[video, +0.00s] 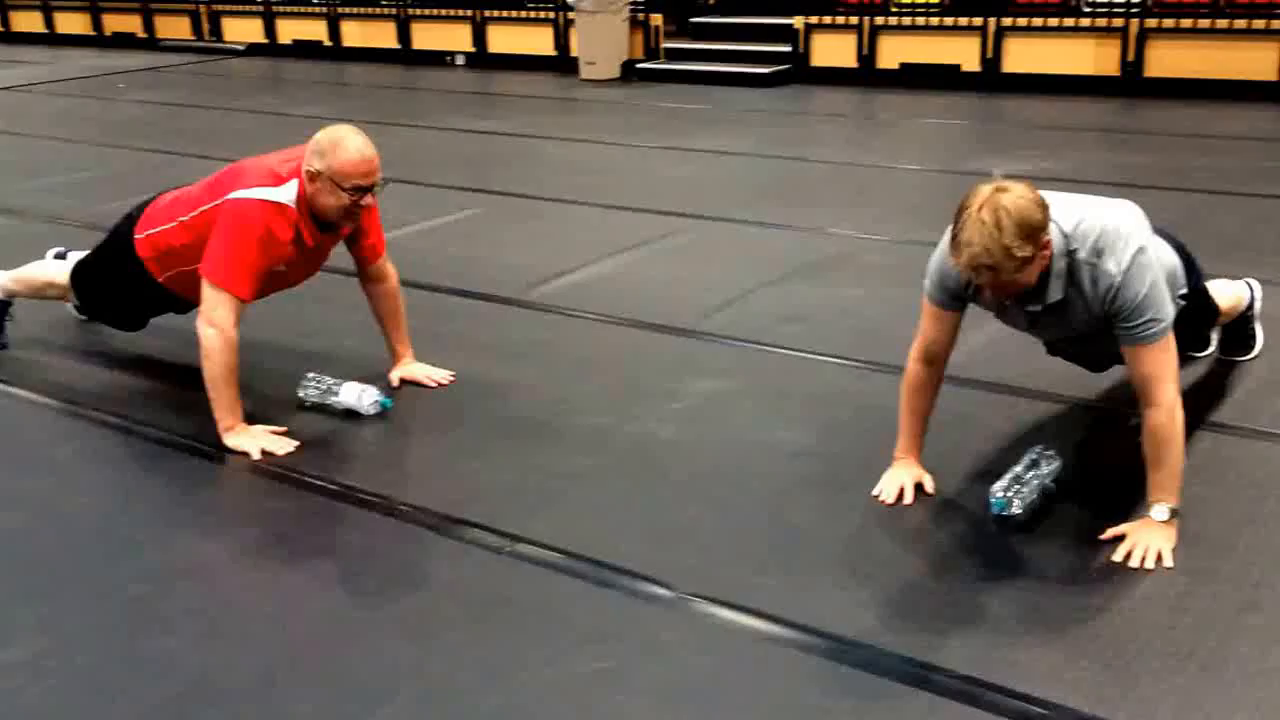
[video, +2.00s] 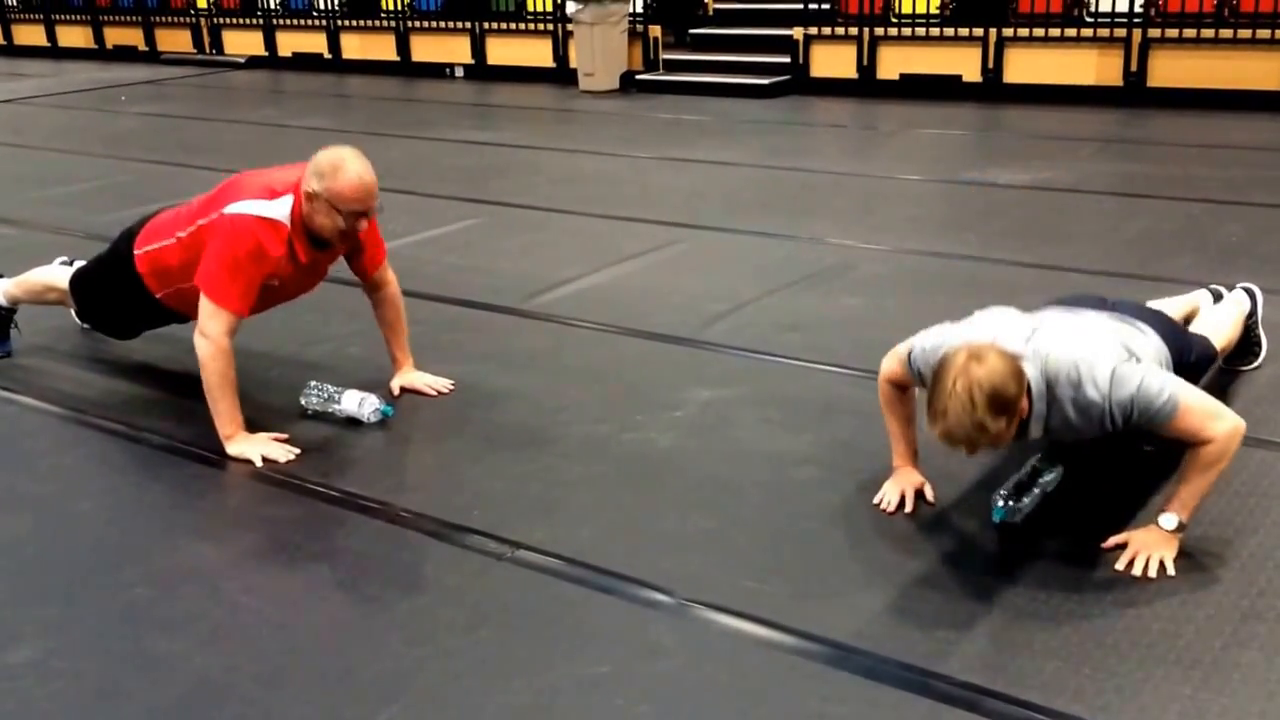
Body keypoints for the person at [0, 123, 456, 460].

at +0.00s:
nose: (365, 202)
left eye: (371, 190)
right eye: (353, 191)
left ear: (374, 180)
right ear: (312, 177)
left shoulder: (351, 197)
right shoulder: (257, 214)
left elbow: (378, 273)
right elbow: (216, 323)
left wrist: (404, 356)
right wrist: (233, 428)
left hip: (190, 265)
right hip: (143, 262)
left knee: (115, 289)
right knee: (74, 283)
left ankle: (71, 267)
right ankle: (4, 285)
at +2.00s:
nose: (359, 226)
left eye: (365, 215)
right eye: (349, 216)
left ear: (366, 203)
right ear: (311, 197)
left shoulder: (349, 207)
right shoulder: (251, 234)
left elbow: (382, 285)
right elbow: (212, 337)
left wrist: (404, 365)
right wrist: (235, 436)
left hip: (198, 275)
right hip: (144, 273)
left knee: (108, 295)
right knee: (75, 286)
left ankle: (71, 283)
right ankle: (5, 293)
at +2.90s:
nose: (355, 261)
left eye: (367, 251)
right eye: (349, 248)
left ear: (376, 226)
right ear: (325, 216)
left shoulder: (363, 212)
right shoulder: (254, 229)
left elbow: (382, 286)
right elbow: (228, 333)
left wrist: (402, 367)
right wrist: (232, 434)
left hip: (203, 278)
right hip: (152, 264)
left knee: (127, 301)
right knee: (80, 286)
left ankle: (83, 305)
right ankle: (6, 291)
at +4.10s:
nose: (363, 362)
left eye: (374, 357)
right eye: (360, 352)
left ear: (401, 315)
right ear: (342, 321)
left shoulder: (384, 284)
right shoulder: (269, 310)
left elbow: (407, 289)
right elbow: (176, 357)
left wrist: (400, 366)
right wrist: (227, 441)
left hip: (209, 280)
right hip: (152, 314)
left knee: (141, 283)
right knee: (75, 313)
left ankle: (69, 274)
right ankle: (7, 293)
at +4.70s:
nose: (351, 259)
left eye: (360, 248)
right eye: (344, 247)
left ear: (364, 225)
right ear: (313, 217)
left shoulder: (348, 213)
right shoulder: (244, 234)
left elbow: (368, 292)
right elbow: (225, 338)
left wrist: (396, 373)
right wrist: (228, 440)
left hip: (192, 276)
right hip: (138, 274)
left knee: (100, 294)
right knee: (70, 291)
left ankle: (57, 300)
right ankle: (6, 293)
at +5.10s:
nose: (373, 393)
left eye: (383, 387)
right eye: (366, 386)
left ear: (404, 333)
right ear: (343, 356)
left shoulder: (391, 302)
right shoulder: (268, 336)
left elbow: (405, 300)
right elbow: (171, 369)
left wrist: (395, 379)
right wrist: (223, 448)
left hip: (218, 299)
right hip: (155, 330)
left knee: (140, 301)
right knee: (71, 327)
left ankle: (65, 281)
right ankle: (6, 298)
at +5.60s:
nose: (346, 271)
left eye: (356, 259)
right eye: (340, 257)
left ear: (361, 233)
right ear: (311, 225)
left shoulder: (343, 221)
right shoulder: (242, 240)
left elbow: (365, 300)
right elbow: (226, 347)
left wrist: (394, 381)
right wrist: (226, 448)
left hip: (188, 283)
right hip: (134, 275)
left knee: (98, 303)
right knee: (66, 299)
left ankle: (47, 303)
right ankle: (6, 298)